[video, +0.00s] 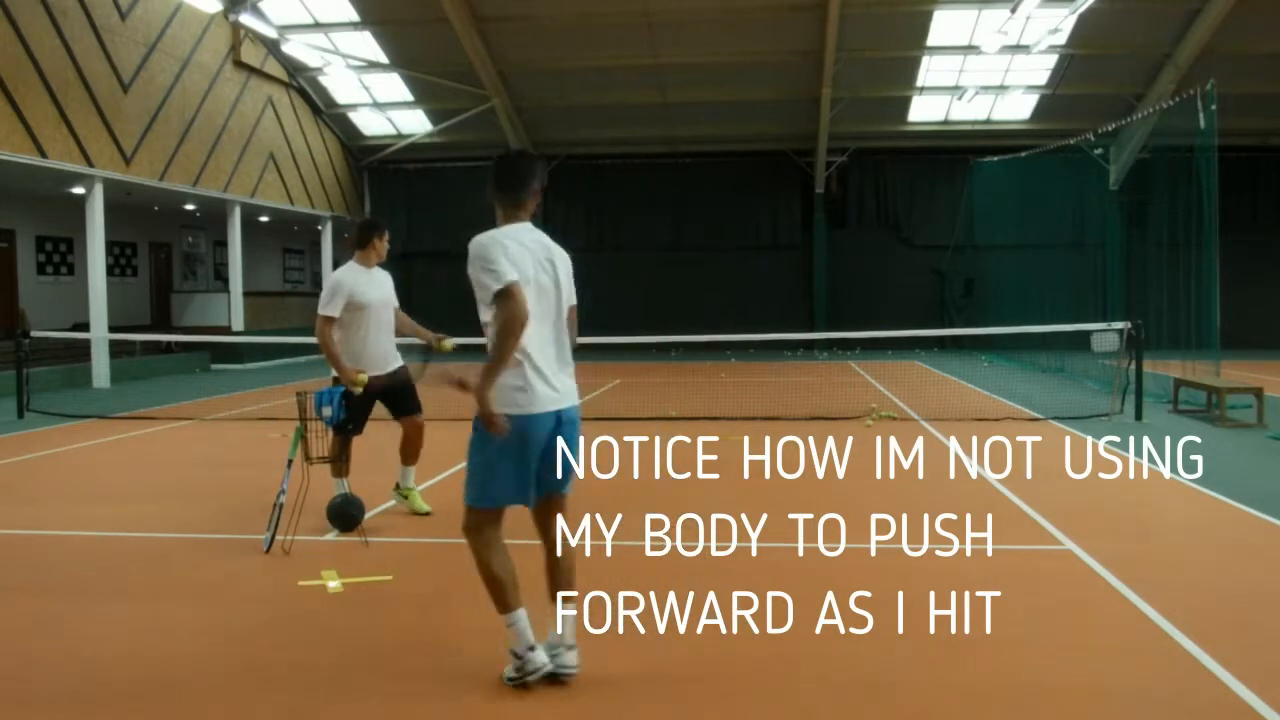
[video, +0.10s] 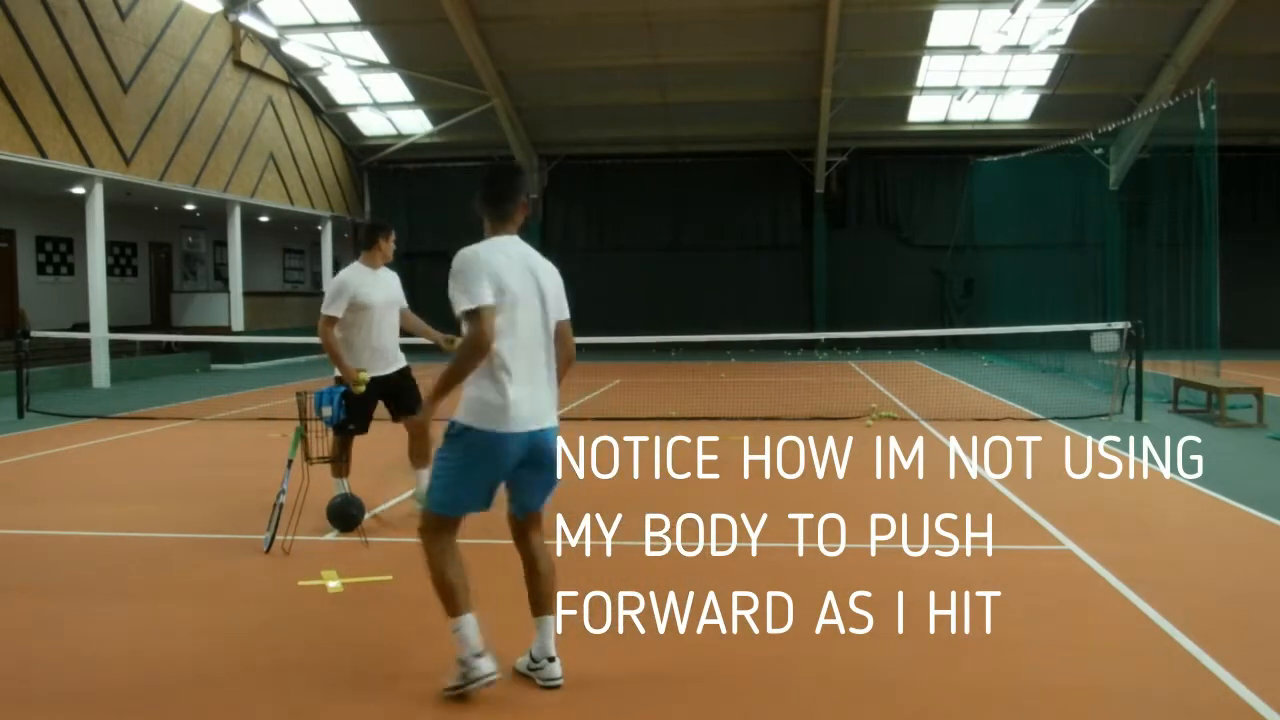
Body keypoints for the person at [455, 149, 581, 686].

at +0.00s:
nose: (538, 197)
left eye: (517, 190)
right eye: (539, 190)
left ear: (493, 193)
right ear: (537, 195)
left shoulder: (489, 244)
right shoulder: (558, 252)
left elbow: (515, 311)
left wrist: (486, 385)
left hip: (514, 409)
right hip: (563, 406)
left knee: (481, 526)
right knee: (552, 516)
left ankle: (526, 648)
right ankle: (565, 642)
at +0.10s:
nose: (524, 211)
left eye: (507, 205)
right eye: (525, 204)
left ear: (480, 208)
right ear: (524, 209)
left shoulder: (472, 260)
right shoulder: (546, 268)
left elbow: (480, 339)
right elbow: (565, 351)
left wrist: (433, 399)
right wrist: (540, 400)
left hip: (487, 426)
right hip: (542, 426)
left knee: (437, 528)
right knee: (530, 527)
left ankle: (472, 656)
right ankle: (546, 654)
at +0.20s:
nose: (506, 213)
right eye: (509, 206)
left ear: (463, 209)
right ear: (506, 211)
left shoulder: (443, 260)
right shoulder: (529, 275)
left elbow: (436, 344)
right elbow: (547, 365)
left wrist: (388, 404)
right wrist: (522, 413)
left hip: (456, 430)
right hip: (519, 430)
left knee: (406, 542)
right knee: (525, 533)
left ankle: (395, 676)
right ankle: (547, 654)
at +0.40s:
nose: (461, 223)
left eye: (451, 214)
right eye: (461, 215)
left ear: (415, 218)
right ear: (456, 218)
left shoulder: (378, 270)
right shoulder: (478, 284)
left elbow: (350, 352)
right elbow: (503, 376)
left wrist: (378, 378)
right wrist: (519, 405)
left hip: (389, 440)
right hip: (459, 440)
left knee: (372, 566)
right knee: (502, 551)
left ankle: (350, 693)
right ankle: (541, 657)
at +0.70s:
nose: (445, 198)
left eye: (434, 190)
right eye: (445, 190)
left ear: (395, 195)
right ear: (440, 194)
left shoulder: (367, 259)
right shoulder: (443, 262)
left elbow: (383, 341)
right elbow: (453, 355)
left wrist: (453, 337)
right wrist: (468, 393)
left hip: (362, 440)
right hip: (423, 440)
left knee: (373, 566)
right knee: (478, 563)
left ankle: (350, 695)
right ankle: (485, 702)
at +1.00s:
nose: (487, 215)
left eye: (483, 207)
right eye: (486, 208)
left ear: (435, 212)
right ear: (480, 212)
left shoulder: (406, 277)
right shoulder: (465, 282)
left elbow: (430, 366)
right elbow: (478, 387)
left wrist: (512, 358)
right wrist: (515, 417)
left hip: (397, 452)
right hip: (433, 457)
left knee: (436, 565)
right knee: (475, 598)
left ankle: (369, 671)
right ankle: (421, 712)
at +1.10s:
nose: (500, 213)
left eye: (495, 205)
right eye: (501, 205)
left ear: (452, 207)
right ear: (495, 208)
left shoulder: (435, 268)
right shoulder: (473, 277)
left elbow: (468, 355)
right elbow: (496, 377)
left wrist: (542, 349)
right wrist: (543, 405)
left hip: (420, 442)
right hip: (439, 449)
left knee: (490, 539)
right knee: (472, 596)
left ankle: (409, 656)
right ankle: (422, 710)